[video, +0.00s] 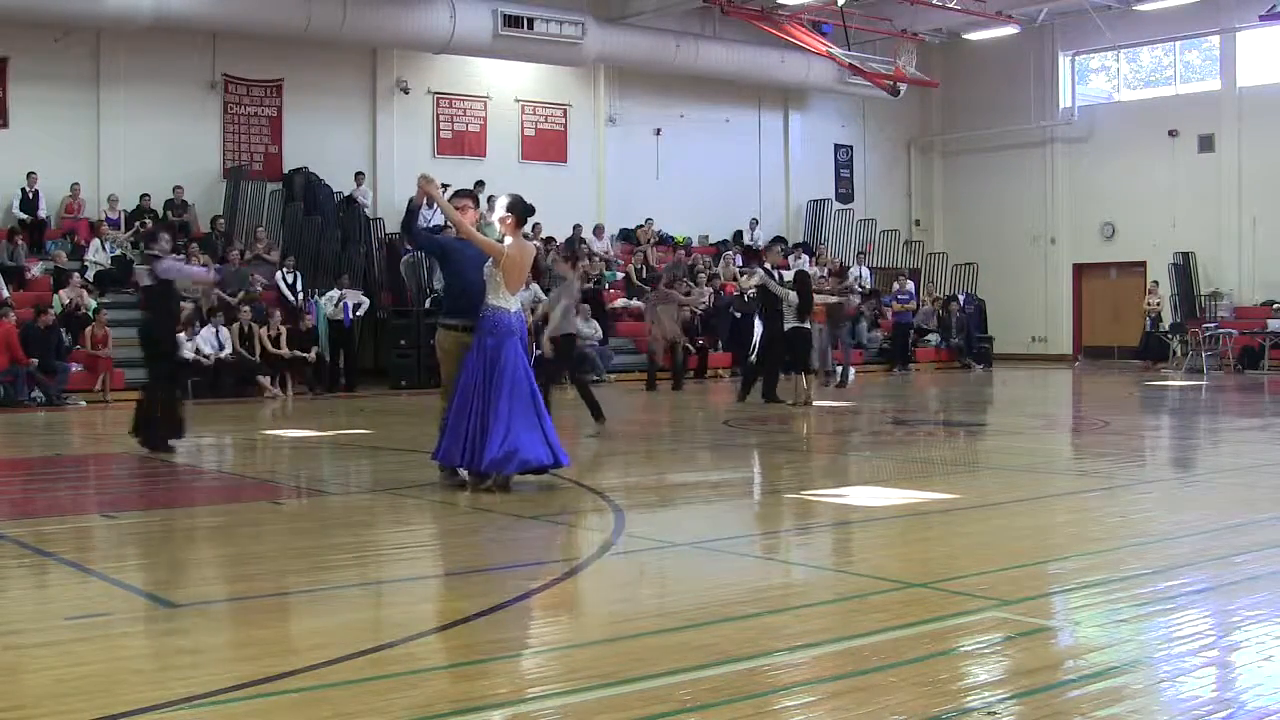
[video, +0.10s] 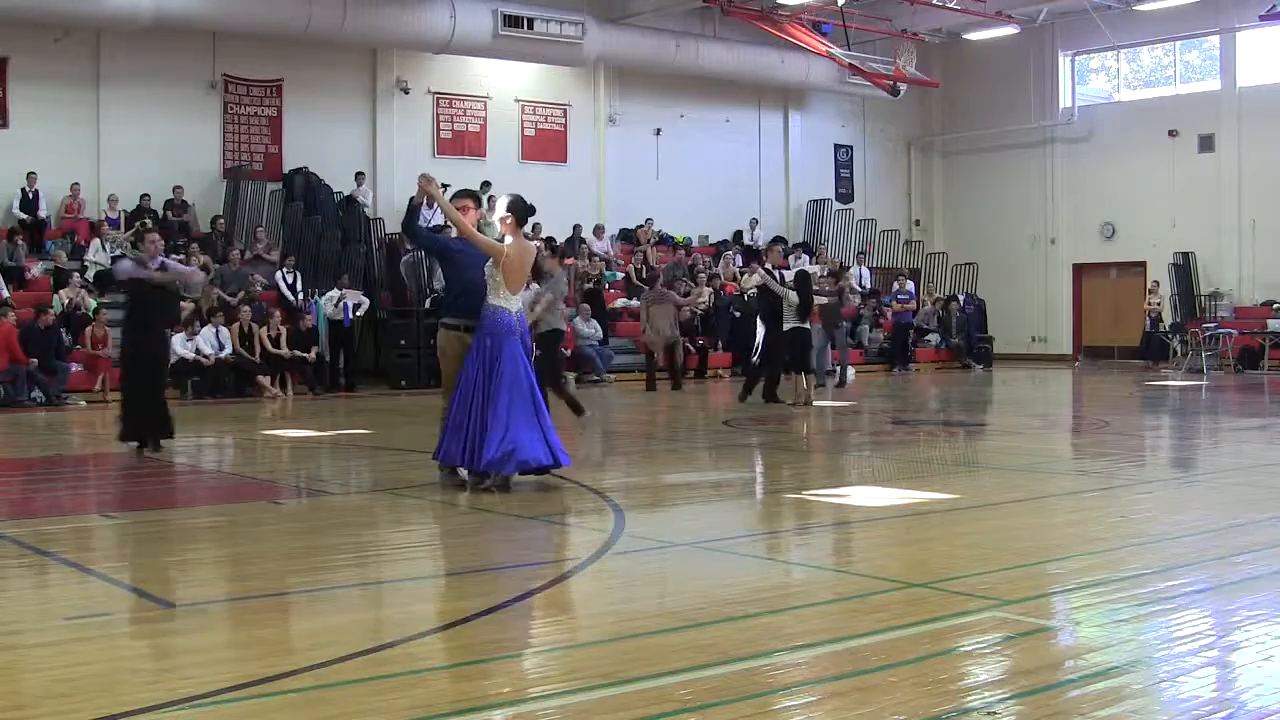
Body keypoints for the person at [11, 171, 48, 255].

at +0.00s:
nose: (34, 180)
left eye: (36, 179)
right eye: (32, 178)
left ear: (37, 180)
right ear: (27, 179)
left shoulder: (39, 193)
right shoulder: (20, 192)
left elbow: (42, 209)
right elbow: (14, 210)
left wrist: (41, 216)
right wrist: (25, 217)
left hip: (36, 217)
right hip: (24, 218)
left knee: (42, 224)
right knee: (33, 226)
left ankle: (40, 248)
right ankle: (32, 248)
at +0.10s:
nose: (33, 181)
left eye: (35, 179)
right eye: (31, 179)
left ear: (36, 180)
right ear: (27, 180)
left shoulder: (39, 193)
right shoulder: (20, 192)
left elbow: (42, 208)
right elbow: (15, 209)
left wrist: (41, 216)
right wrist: (25, 217)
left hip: (36, 216)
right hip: (24, 217)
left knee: (42, 224)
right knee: (30, 226)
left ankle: (39, 248)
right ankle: (30, 248)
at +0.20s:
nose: (33, 181)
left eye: (35, 179)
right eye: (31, 179)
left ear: (36, 180)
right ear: (27, 180)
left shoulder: (39, 193)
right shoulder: (20, 192)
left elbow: (42, 208)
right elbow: (15, 209)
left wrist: (41, 216)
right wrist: (25, 217)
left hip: (36, 216)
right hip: (24, 216)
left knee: (42, 224)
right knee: (31, 226)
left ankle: (39, 248)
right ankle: (30, 248)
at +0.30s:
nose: (34, 181)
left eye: (35, 179)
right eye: (32, 178)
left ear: (36, 180)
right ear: (27, 180)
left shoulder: (39, 193)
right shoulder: (20, 192)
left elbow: (42, 208)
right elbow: (15, 209)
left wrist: (41, 216)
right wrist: (25, 217)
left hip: (36, 216)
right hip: (24, 217)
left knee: (42, 223)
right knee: (31, 226)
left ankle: (39, 247)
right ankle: (31, 248)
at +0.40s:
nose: (34, 181)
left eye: (35, 179)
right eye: (32, 178)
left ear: (36, 180)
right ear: (27, 180)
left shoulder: (39, 193)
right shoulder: (19, 192)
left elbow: (42, 208)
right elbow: (15, 209)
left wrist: (41, 216)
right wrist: (25, 217)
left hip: (36, 217)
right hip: (24, 217)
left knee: (42, 223)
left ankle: (39, 247)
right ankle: (31, 248)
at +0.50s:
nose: (33, 181)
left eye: (35, 179)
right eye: (31, 179)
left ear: (36, 180)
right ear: (27, 180)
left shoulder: (39, 193)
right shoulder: (20, 192)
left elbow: (42, 208)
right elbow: (15, 209)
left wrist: (41, 216)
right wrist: (25, 217)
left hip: (36, 216)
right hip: (24, 216)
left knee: (42, 224)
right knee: (30, 226)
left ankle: (39, 248)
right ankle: (30, 248)